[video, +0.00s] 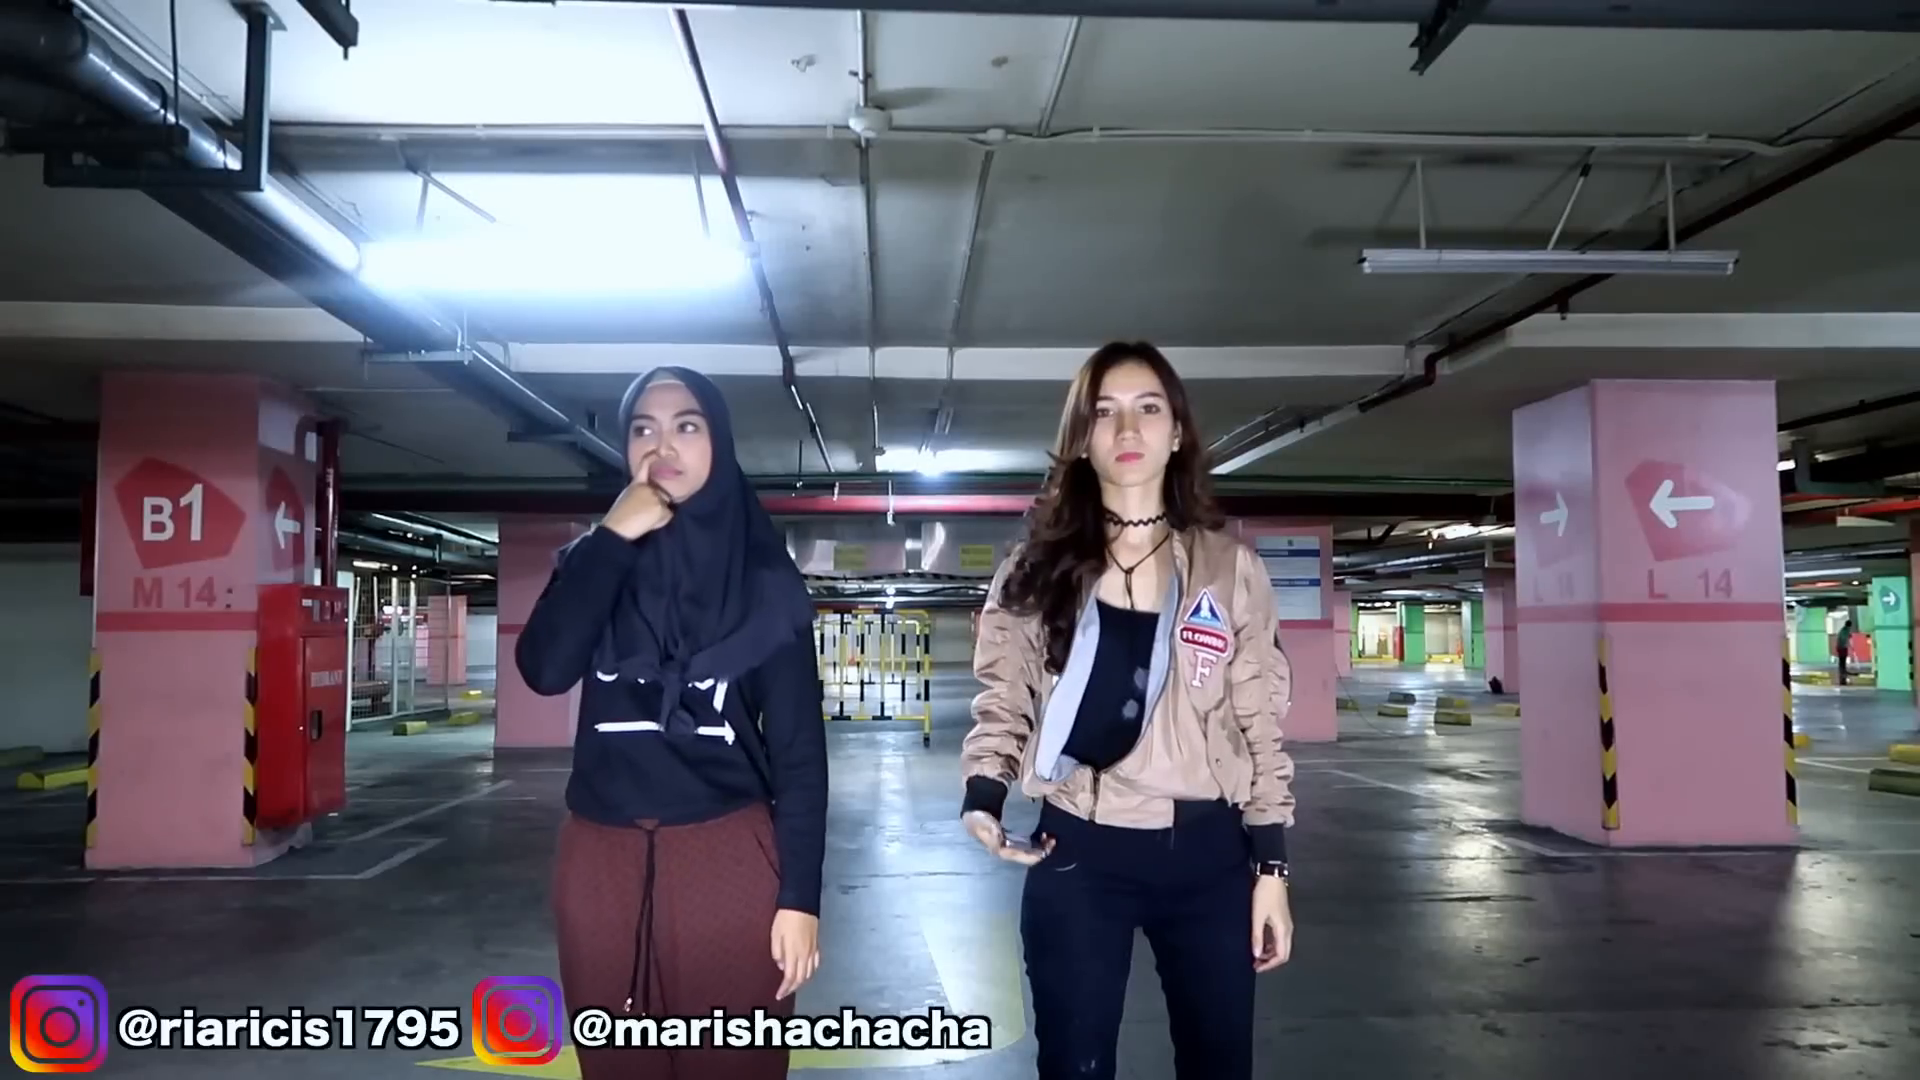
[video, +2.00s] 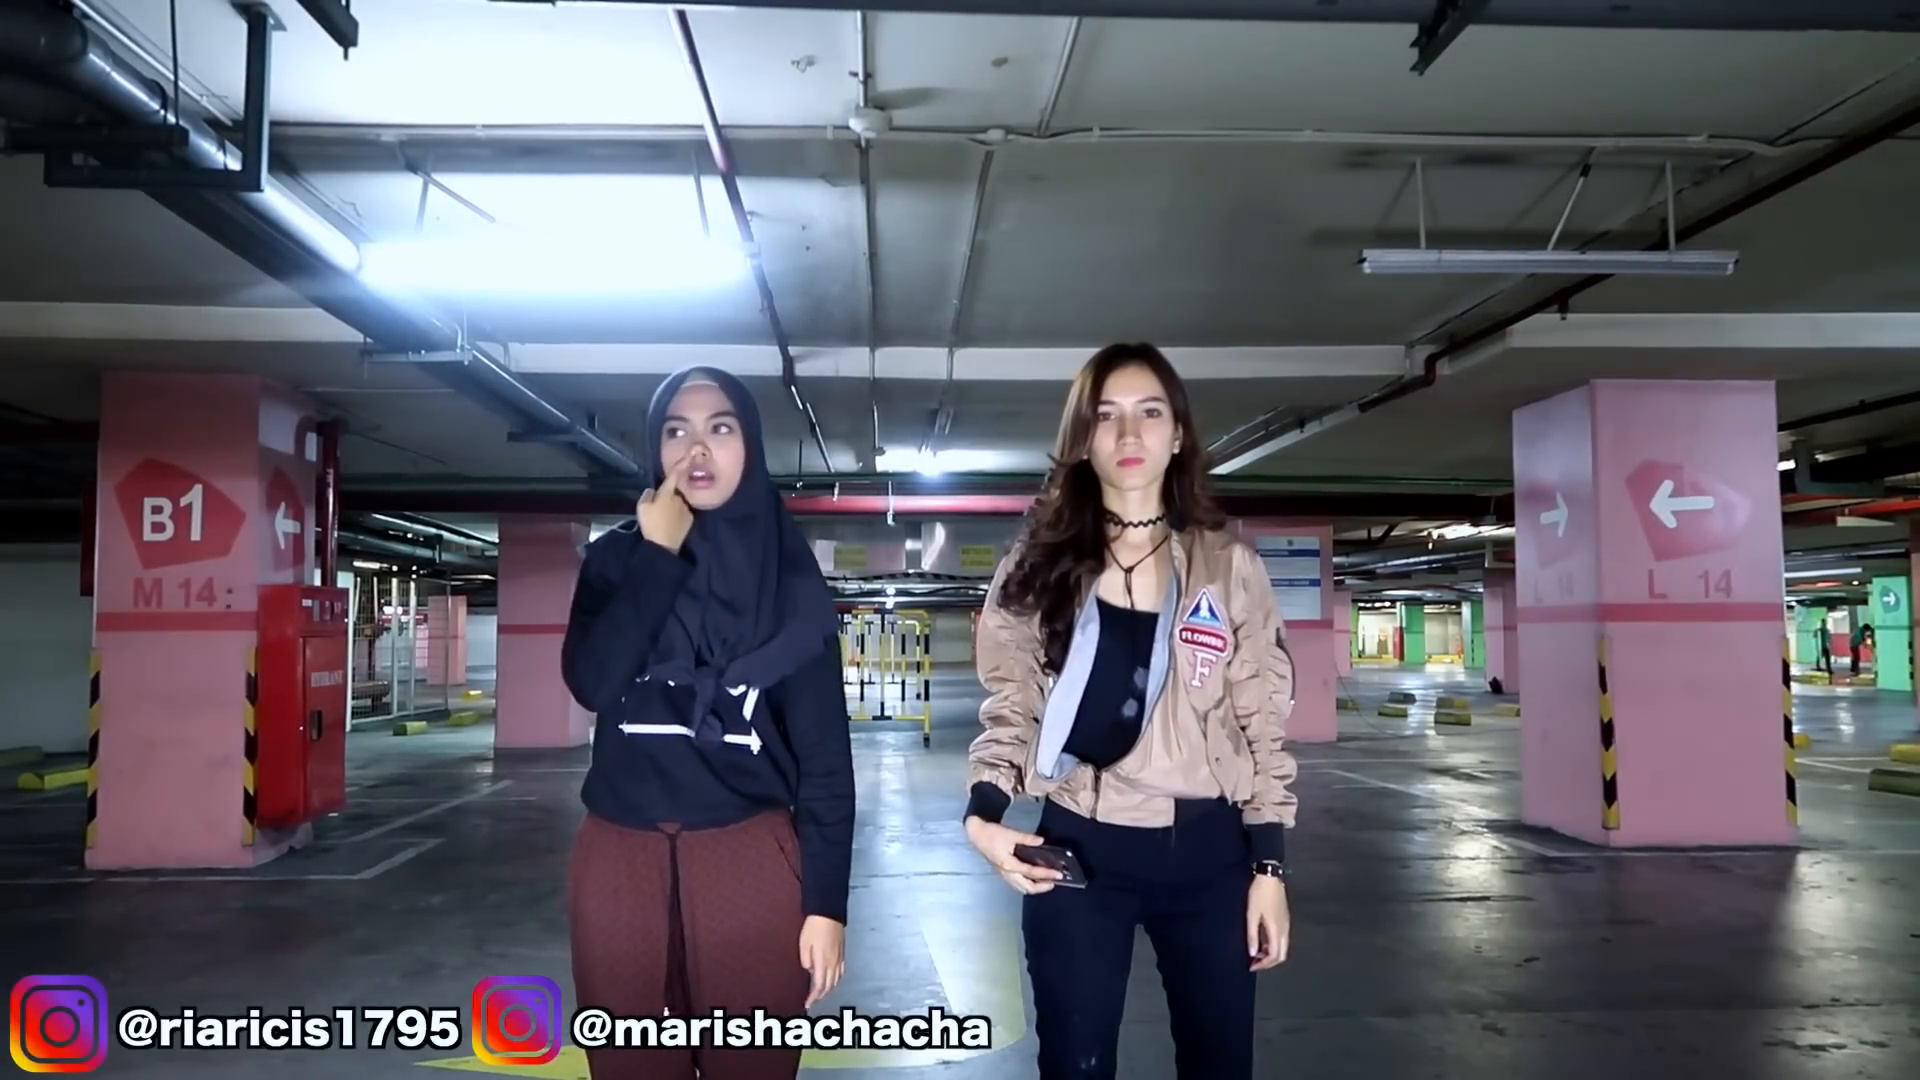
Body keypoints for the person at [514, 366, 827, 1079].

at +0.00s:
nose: (662, 444)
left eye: (686, 426)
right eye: (644, 428)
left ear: (719, 447)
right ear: (626, 448)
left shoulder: (762, 572)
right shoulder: (596, 557)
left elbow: (798, 749)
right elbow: (543, 669)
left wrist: (800, 899)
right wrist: (611, 536)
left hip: (727, 850)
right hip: (601, 850)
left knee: (735, 1062)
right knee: (610, 1061)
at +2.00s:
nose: (698, 448)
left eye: (721, 428)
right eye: (677, 430)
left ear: (751, 450)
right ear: (656, 452)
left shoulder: (787, 570)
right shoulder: (616, 557)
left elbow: (823, 748)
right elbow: (591, 684)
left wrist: (827, 904)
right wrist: (657, 551)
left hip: (751, 854)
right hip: (620, 853)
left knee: (750, 1065)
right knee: (626, 1064)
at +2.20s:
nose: (691, 450)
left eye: (714, 430)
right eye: (672, 432)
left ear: (749, 449)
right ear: (653, 452)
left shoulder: (790, 575)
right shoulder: (620, 558)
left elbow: (822, 753)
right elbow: (591, 687)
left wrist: (822, 906)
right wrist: (650, 553)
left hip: (747, 855)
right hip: (617, 853)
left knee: (746, 1065)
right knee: (624, 1064)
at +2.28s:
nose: (686, 449)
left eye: (710, 429)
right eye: (667, 432)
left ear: (745, 448)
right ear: (648, 454)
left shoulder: (788, 576)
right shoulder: (618, 560)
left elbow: (822, 755)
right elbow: (581, 692)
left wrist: (821, 905)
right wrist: (645, 561)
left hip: (745, 853)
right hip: (616, 850)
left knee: (745, 1064)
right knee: (622, 1063)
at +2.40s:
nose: (684, 444)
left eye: (708, 424)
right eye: (666, 427)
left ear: (744, 444)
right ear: (648, 451)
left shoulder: (785, 572)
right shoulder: (618, 558)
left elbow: (821, 752)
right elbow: (569, 717)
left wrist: (822, 904)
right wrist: (609, 591)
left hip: (746, 854)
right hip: (617, 852)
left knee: (747, 1065)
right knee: (622, 1064)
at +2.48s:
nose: (683, 441)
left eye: (707, 422)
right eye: (665, 425)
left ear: (744, 443)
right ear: (648, 449)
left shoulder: (785, 574)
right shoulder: (609, 568)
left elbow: (821, 751)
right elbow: (553, 727)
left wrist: (823, 904)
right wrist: (594, 643)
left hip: (747, 855)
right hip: (618, 853)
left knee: (747, 1064)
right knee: (622, 1064)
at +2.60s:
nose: (683, 441)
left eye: (708, 423)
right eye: (665, 425)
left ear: (743, 442)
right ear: (647, 448)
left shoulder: (785, 577)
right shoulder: (606, 571)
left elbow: (820, 752)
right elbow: (545, 703)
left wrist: (824, 903)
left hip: (748, 858)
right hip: (618, 855)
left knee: (749, 1064)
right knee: (624, 1064)